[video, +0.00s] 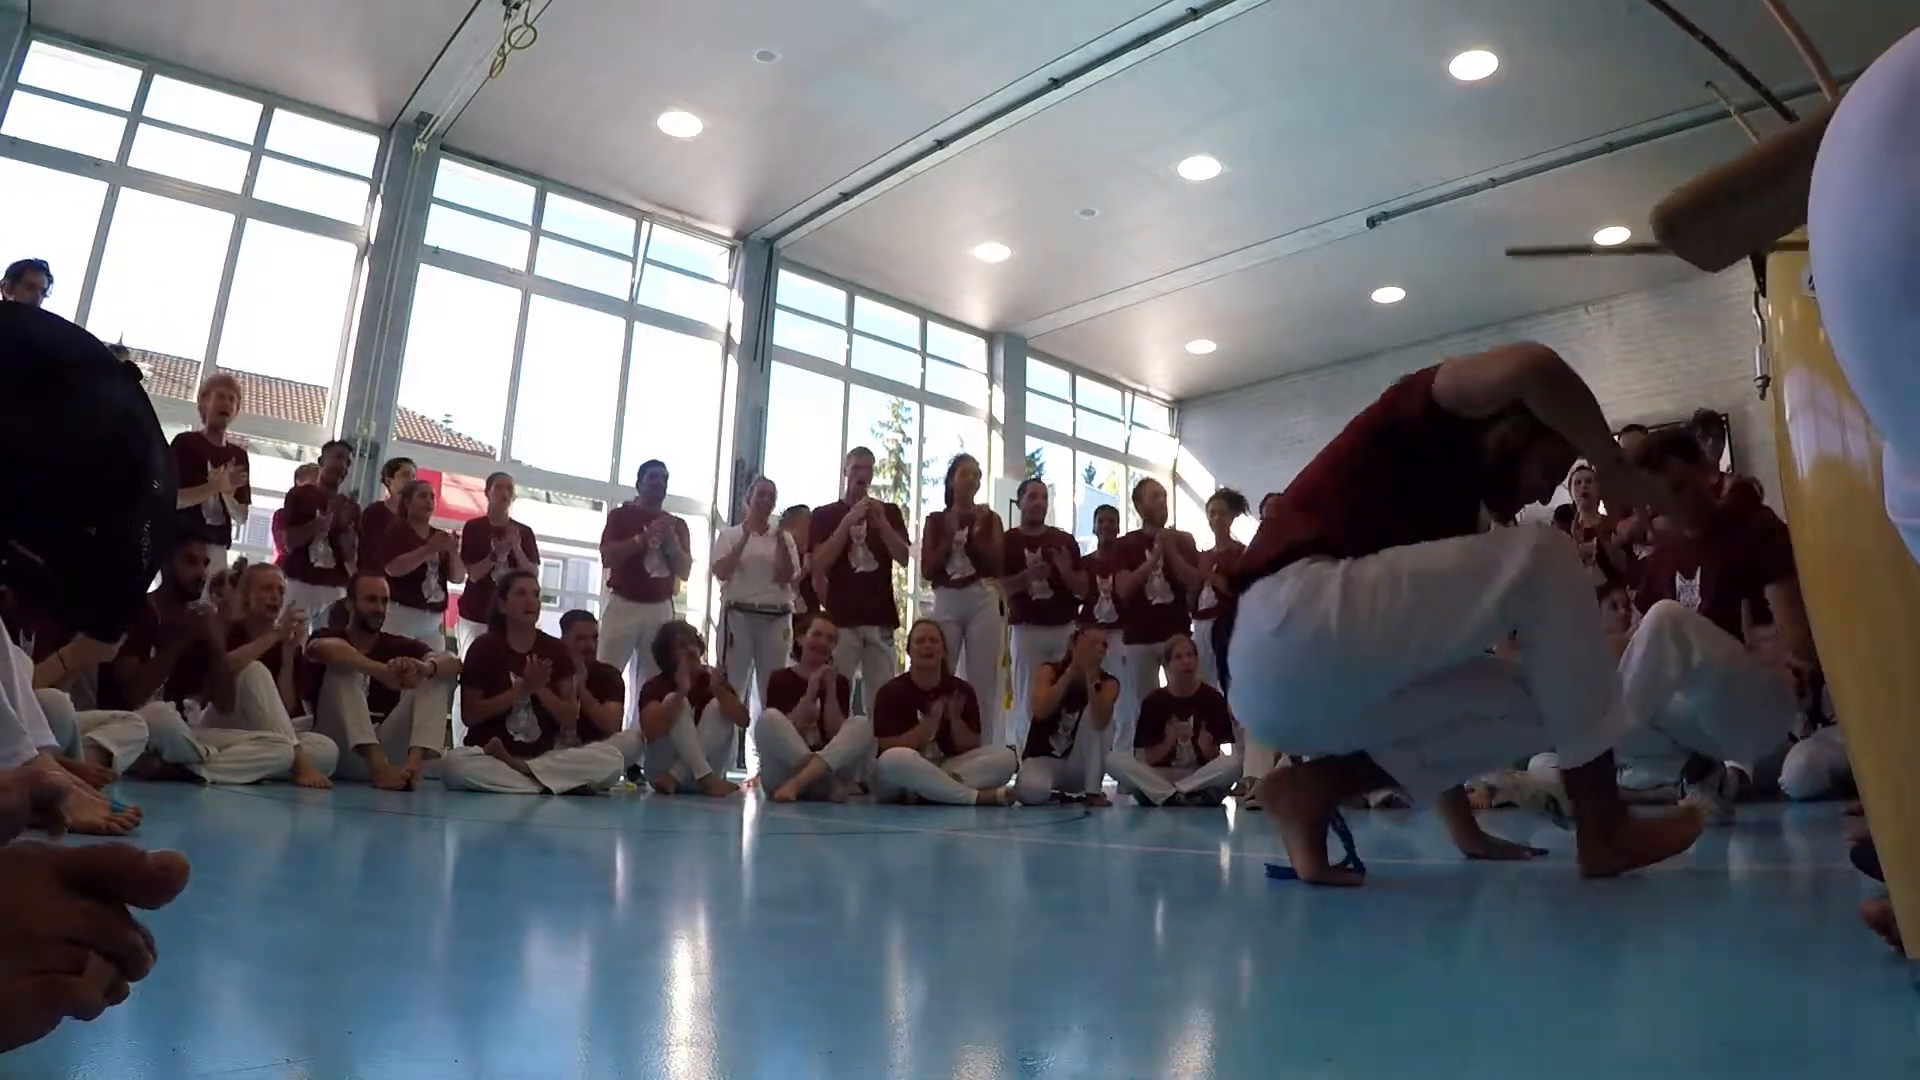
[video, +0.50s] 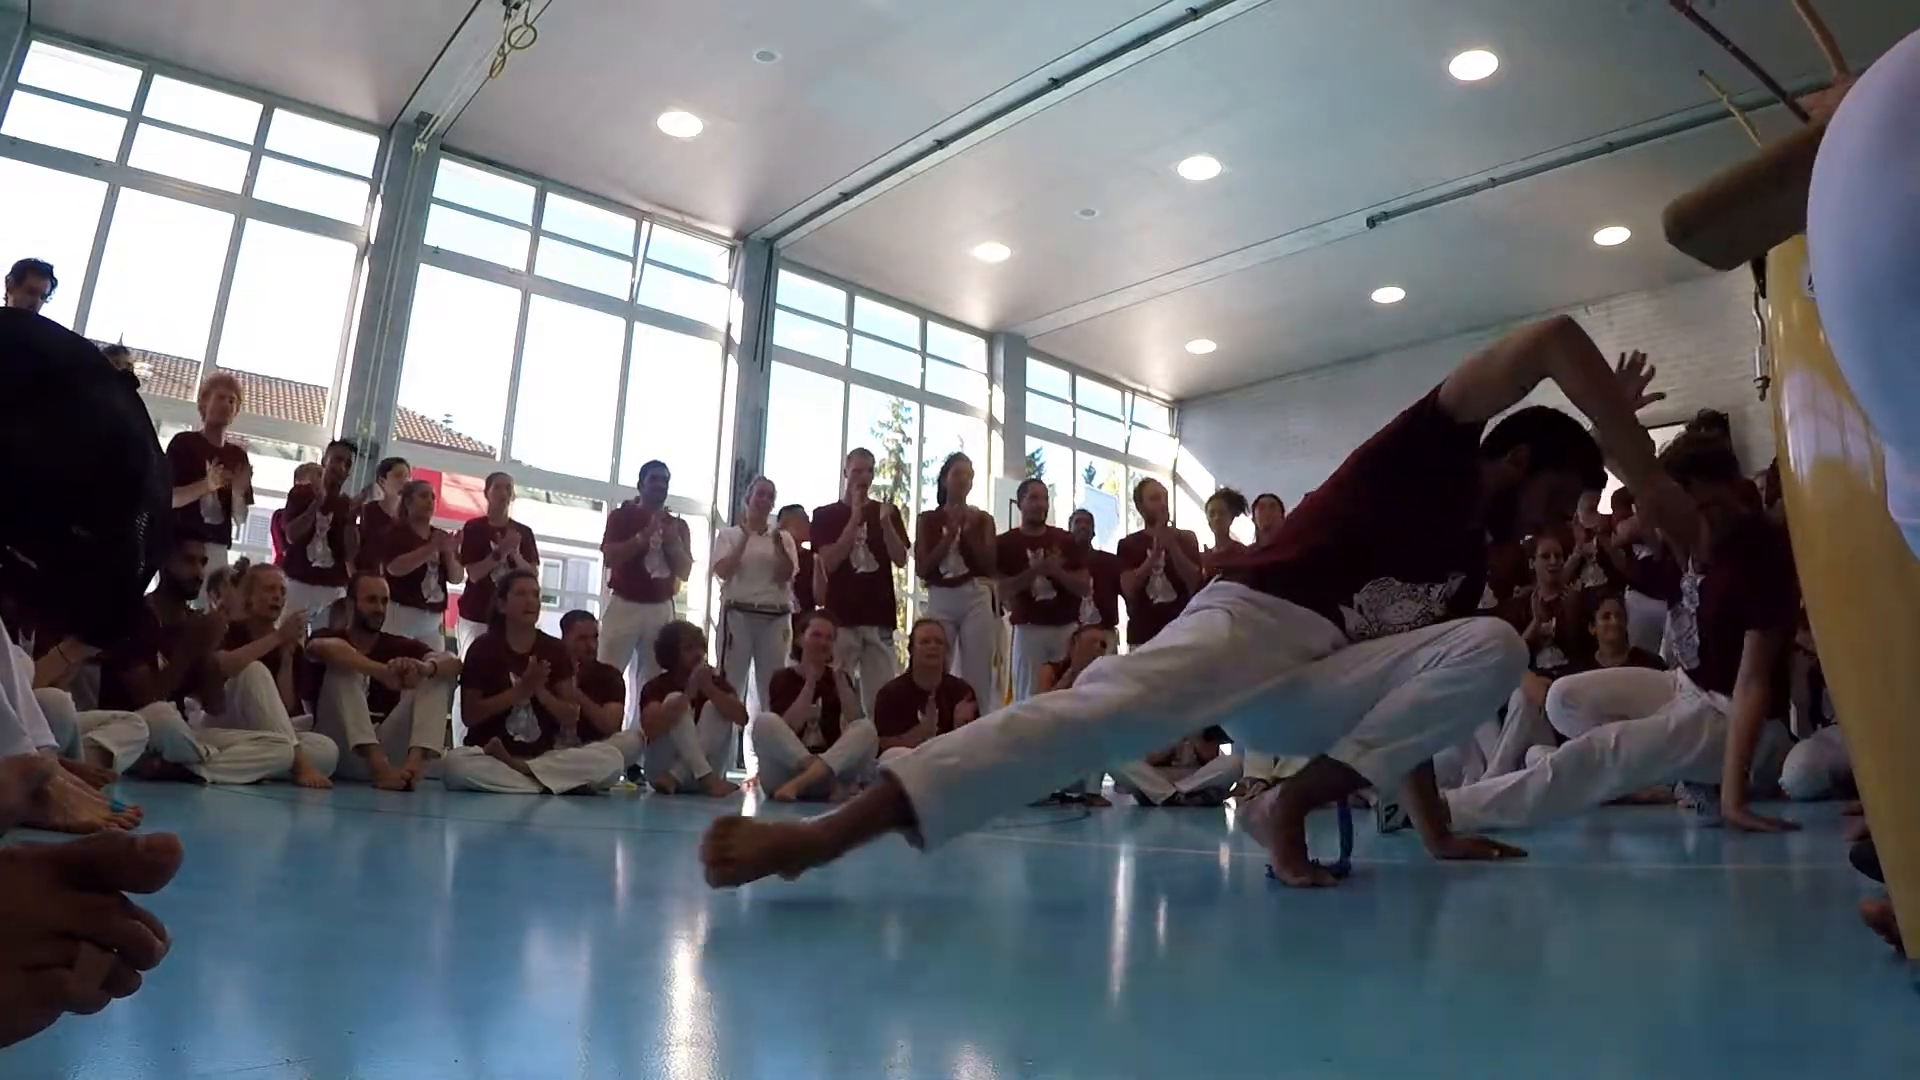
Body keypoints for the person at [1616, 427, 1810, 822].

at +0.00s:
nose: (1670, 507)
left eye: (1677, 489)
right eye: (1661, 497)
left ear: (1702, 478)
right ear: (1650, 501)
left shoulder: (1753, 526)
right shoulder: (1662, 555)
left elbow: (1795, 634)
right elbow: (1639, 635)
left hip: (1760, 711)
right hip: (1684, 711)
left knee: (1665, 619)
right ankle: (1695, 773)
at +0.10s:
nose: (1683, 510)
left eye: (1689, 493)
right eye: (1669, 504)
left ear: (1716, 479)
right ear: (1659, 508)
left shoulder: (1763, 534)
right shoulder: (1674, 553)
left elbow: (1790, 642)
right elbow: (1631, 626)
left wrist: (1772, 703)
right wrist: (1566, 635)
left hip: (1760, 707)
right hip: (1691, 702)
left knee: (1636, 659)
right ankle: (1698, 775)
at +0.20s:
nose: (1688, 513)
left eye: (1695, 497)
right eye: (1675, 506)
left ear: (1722, 481)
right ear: (1666, 508)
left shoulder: (1769, 538)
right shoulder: (1681, 552)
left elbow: (1787, 649)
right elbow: (1610, 602)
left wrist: (1766, 741)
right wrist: (1538, 579)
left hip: (1748, 703)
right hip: (1683, 691)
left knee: (1589, 697)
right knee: (1578, 695)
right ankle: (1695, 779)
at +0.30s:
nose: (1696, 524)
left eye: (1704, 509)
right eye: (1685, 512)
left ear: (1732, 491)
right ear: (1672, 507)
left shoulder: (1769, 541)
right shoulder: (1677, 546)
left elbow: (1786, 658)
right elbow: (1593, 554)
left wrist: (1753, 764)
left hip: (1747, 704)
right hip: (1689, 689)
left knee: (1595, 735)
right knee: (1578, 693)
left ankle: (1445, 791)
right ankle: (1697, 783)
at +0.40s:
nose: (1698, 524)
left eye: (1707, 509)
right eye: (1687, 513)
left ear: (1733, 495)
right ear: (1671, 509)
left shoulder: (1765, 550)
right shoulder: (1687, 551)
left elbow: (1767, 672)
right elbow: (1629, 569)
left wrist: (1744, 773)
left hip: (1738, 714)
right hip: (1690, 689)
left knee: (1597, 745)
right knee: (1573, 696)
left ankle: (1443, 801)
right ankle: (1694, 781)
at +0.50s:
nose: (1693, 524)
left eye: (1705, 507)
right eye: (1680, 511)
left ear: (1731, 492)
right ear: (1665, 507)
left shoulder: (1763, 550)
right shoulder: (1697, 546)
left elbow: (1755, 682)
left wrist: (1735, 801)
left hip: (1726, 717)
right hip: (1684, 685)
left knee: (1591, 756)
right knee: (1565, 699)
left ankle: (1439, 811)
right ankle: (1694, 783)